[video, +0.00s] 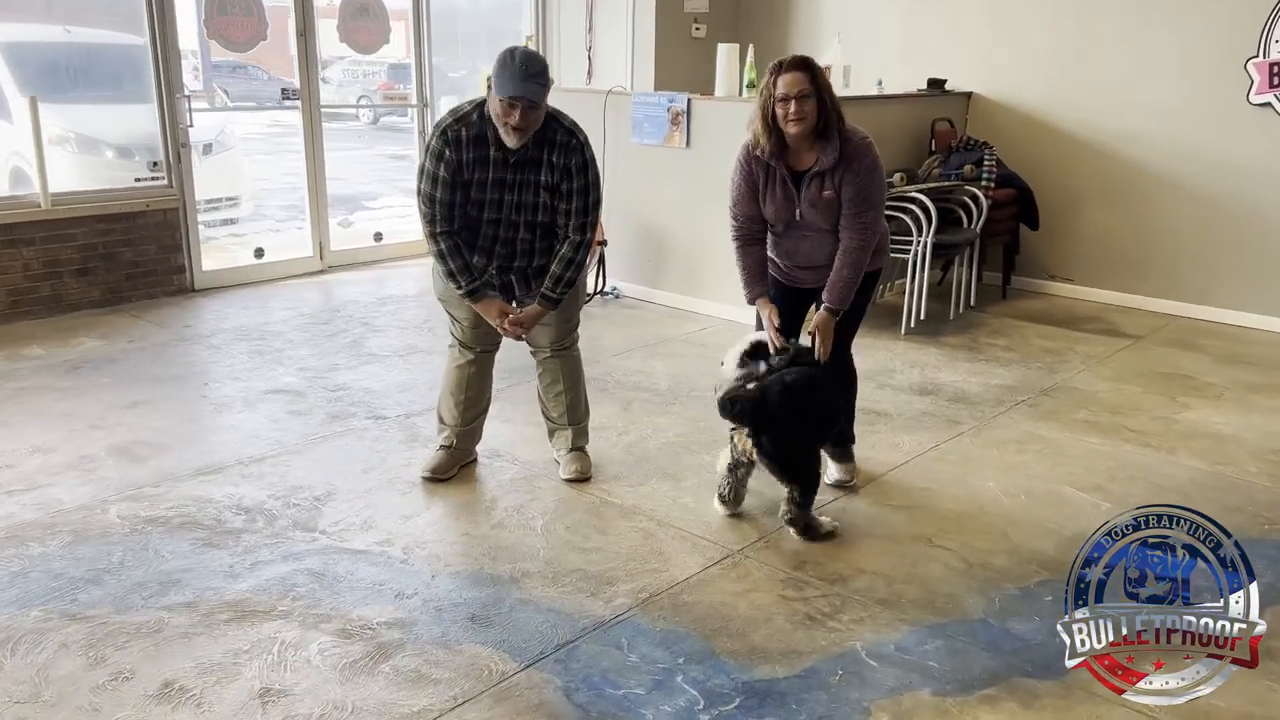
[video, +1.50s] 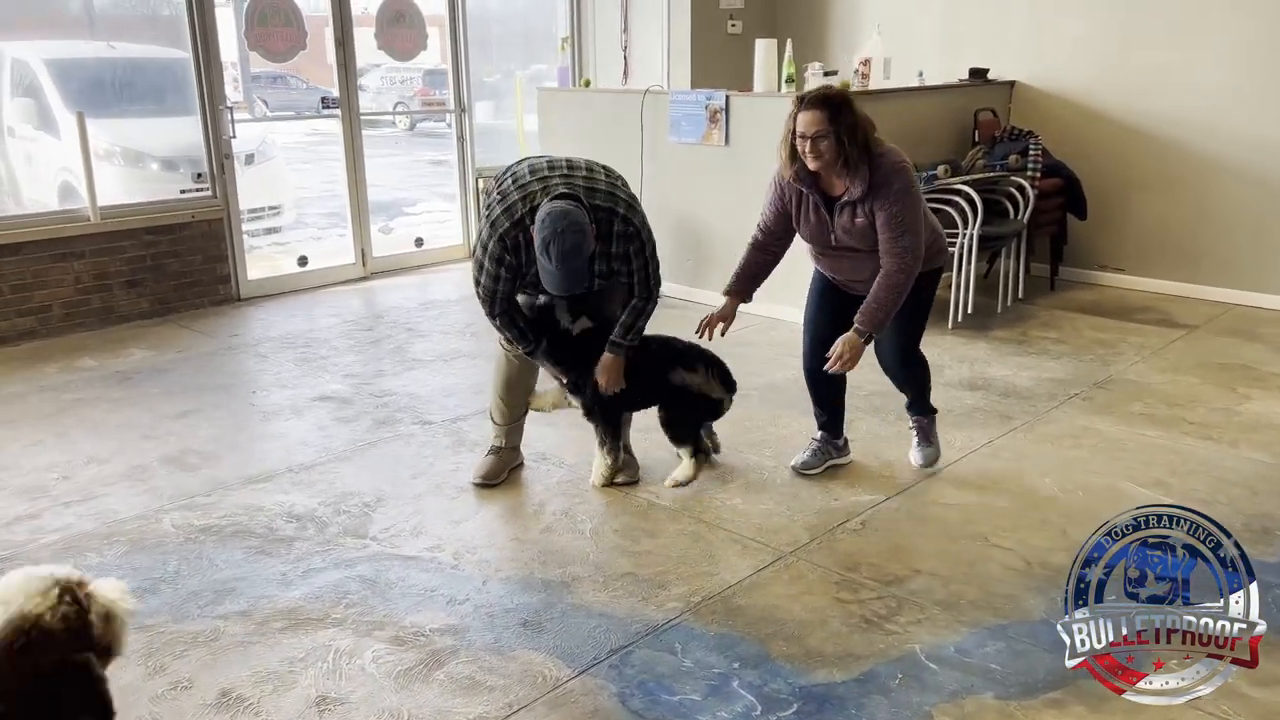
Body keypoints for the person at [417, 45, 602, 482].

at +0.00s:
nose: (518, 116)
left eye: (531, 106)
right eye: (509, 103)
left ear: (547, 99)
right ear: (490, 92)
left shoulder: (569, 143)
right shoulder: (452, 136)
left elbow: (579, 235)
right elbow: (438, 227)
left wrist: (544, 303)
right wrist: (480, 297)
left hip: (546, 268)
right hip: (473, 267)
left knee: (556, 351)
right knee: (467, 351)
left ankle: (571, 446)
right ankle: (456, 444)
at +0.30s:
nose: (556, 135)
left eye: (564, 127)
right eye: (549, 125)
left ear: (577, 105)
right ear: (523, 101)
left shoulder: (587, 132)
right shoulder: (470, 125)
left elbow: (599, 215)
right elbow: (453, 219)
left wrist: (564, 284)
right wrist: (495, 288)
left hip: (558, 264)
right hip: (485, 262)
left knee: (568, 349)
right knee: (478, 350)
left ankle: (581, 442)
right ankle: (466, 441)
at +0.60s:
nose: (583, 165)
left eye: (591, 158)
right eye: (576, 157)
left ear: (608, 130)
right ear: (554, 130)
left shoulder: (617, 143)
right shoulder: (500, 138)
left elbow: (636, 201)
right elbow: (477, 233)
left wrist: (649, 266)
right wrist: (507, 308)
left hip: (576, 256)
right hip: (505, 253)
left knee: (585, 344)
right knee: (497, 347)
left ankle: (598, 440)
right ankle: (485, 439)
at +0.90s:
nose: (602, 229)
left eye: (611, 226)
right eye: (592, 219)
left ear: (629, 185)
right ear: (572, 188)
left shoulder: (643, 173)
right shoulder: (529, 192)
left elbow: (658, 227)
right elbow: (523, 282)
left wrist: (660, 294)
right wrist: (575, 339)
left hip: (596, 240)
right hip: (516, 242)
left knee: (604, 334)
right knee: (519, 334)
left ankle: (615, 438)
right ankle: (503, 440)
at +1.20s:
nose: (586, 271)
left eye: (595, 265)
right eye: (577, 264)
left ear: (613, 216)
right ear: (556, 218)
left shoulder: (637, 206)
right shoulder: (520, 212)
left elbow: (649, 288)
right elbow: (503, 290)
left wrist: (630, 361)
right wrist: (559, 335)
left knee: (609, 335)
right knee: (520, 338)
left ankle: (617, 442)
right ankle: (507, 445)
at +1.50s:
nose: (565, 293)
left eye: (574, 283)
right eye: (556, 284)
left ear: (592, 234)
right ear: (533, 236)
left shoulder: (625, 217)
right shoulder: (503, 225)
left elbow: (646, 289)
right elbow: (493, 301)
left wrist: (615, 352)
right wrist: (547, 362)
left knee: (613, 340)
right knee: (515, 341)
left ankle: (617, 447)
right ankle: (504, 447)